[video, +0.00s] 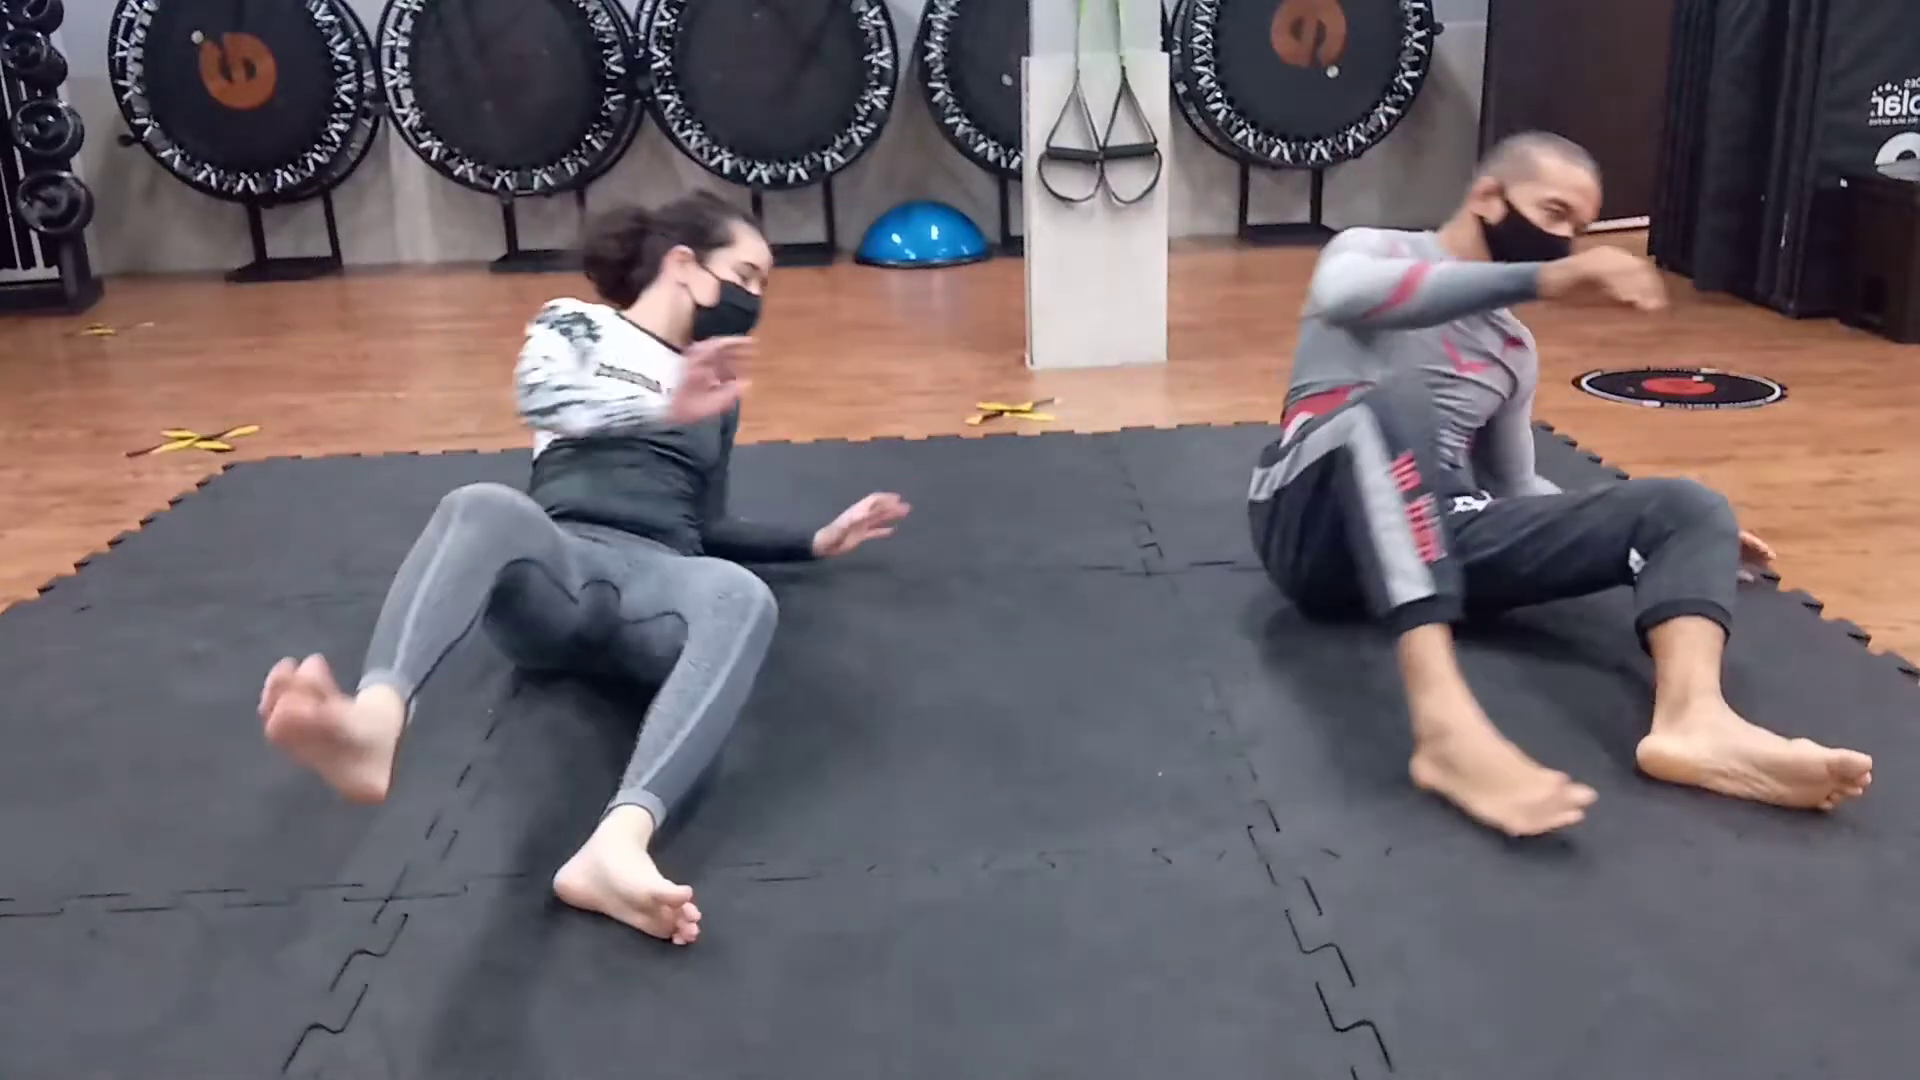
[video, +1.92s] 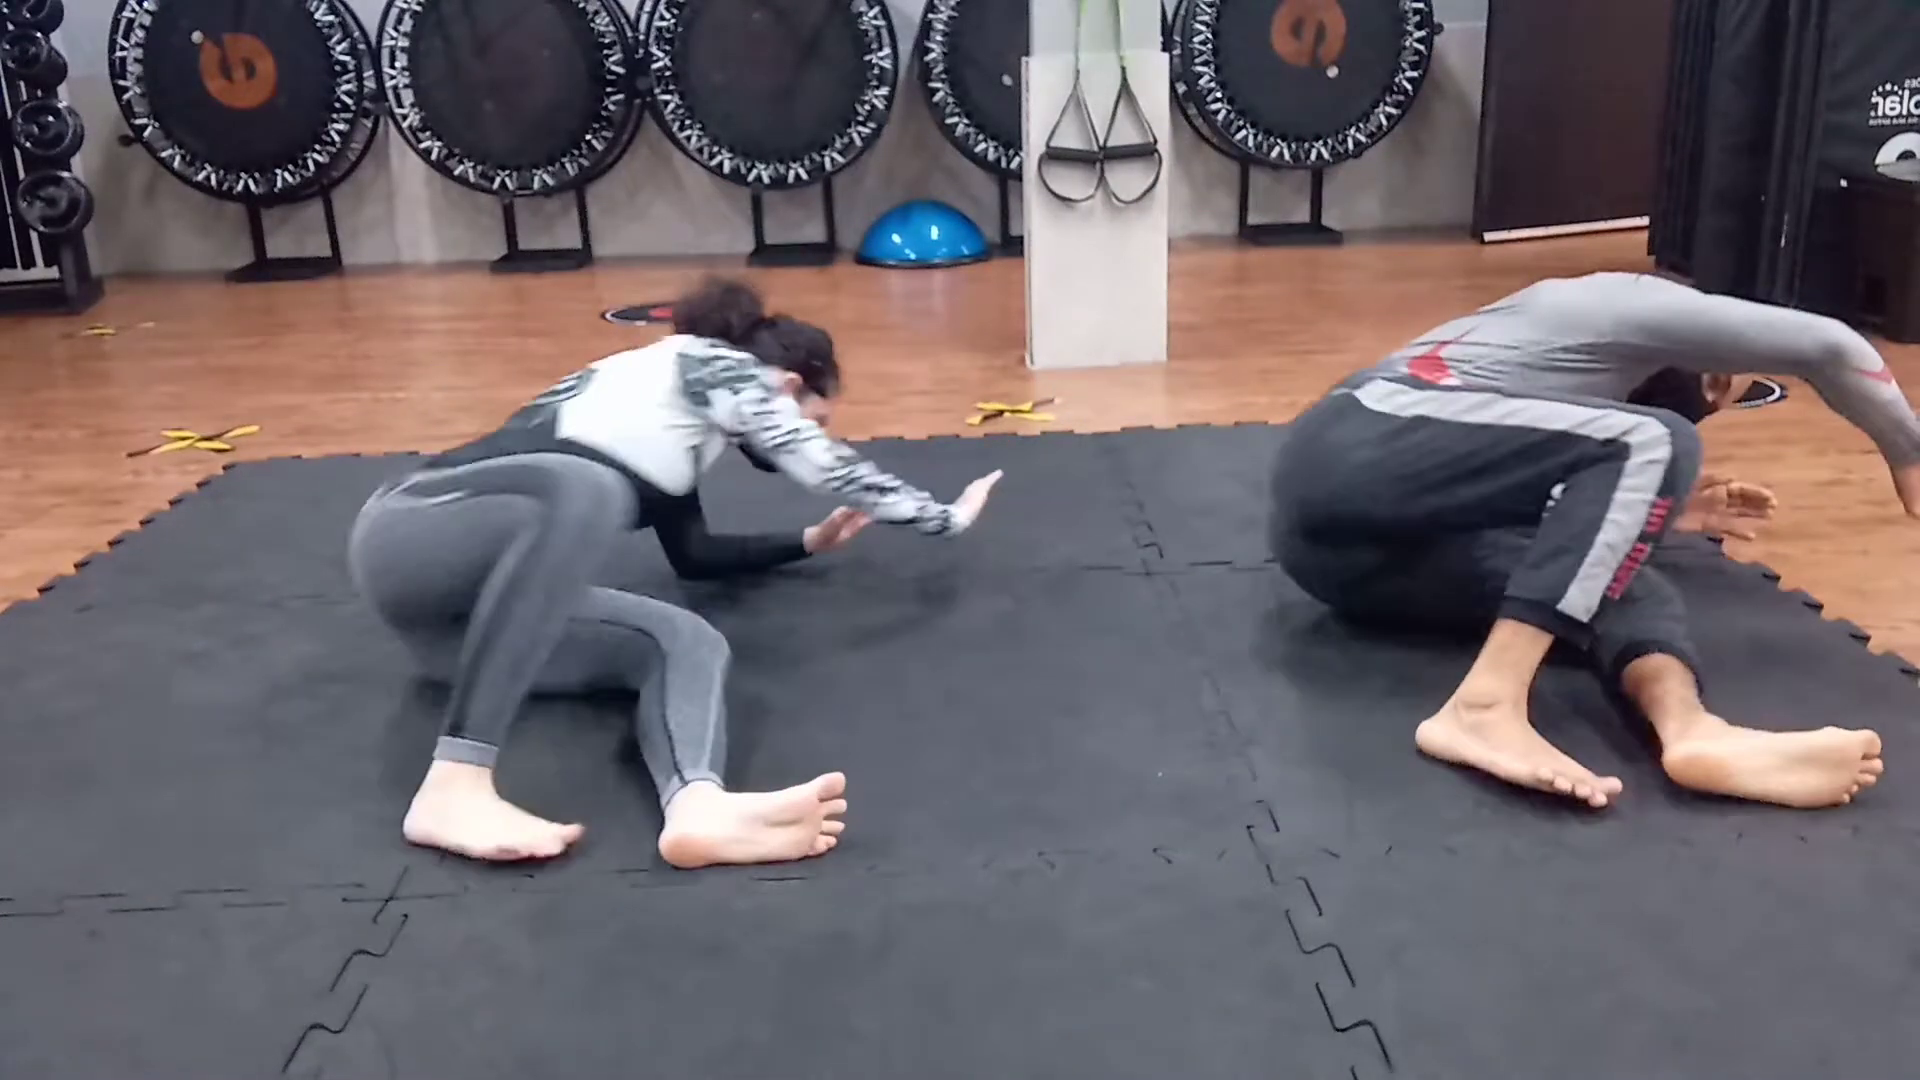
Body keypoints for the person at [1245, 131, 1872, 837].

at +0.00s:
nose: (1562, 244)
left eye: (1580, 231)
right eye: (1550, 214)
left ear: (1581, 245)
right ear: (1485, 194)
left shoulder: (1513, 353)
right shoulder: (1370, 248)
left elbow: (1520, 498)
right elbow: (1345, 299)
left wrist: (1693, 544)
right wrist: (1542, 278)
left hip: (1451, 538)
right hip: (1321, 532)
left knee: (1688, 506)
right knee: (1383, 404)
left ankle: (1691, 714)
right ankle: (1445, 725)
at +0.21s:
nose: (1611, 261)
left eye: (1624, 253)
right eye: (1597, 233)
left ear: (1618, 269)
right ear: (1530, 215)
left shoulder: (1529, 361)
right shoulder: (1410, 247)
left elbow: (1523, 501)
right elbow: (1428, 273)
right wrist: (1633, 274)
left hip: (1445, 563)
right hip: (1333, 529)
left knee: (1702, 522)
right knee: (1456, 383)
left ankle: (1695, 710)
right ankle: (1506, 700)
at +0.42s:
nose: (1644, 278)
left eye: (1654, 270)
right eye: (1639, 249)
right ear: (1578, 224)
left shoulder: (1542, 357)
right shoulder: (1457, 246)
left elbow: (1557, 499)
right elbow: (1537, 257)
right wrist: (1710, 284)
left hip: (1449, 559)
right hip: (1348, 510)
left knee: (1714, 546)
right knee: (1537, 370)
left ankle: (1696, 712)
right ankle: (1533, 682)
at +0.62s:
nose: (1685, 296)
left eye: (1699, 285)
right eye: (1683, 270)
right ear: (1642, 247)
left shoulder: (1569, 363)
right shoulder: (1517, 247)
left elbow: (1552, 485)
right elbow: (1657, 259)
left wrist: (1684, 537)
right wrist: (1765, 311)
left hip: (1442, 566)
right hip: (1378, 482)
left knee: (1723, 576)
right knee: (1629, 391)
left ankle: (1700, 704)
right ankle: (1547, 687)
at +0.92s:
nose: (1725, 353)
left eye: (1744, 334)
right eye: (1738, 315)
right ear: (1707, 290)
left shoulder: (1621, 387)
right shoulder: (1603, 268)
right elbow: (1725, 295)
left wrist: (1708, 535)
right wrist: (1813, 373)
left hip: (1447, 580)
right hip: (1440, 464)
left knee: (1753, 586)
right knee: (1743, 445)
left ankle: (1702, 696)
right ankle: (1557, 692)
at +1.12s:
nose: (1701, 388)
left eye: (1710, 384)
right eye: (1710, 369)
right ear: (1705, 298)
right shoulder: (1642, 284)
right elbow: (1773, 339)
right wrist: (1835, 424)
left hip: (1444, 578)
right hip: (1462, 468)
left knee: (1758, 583)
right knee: (1768, 489)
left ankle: (1697, 693)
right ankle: (1526, 687)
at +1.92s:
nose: (1722, 407)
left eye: (1733, 397)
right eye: (1731, 385)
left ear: (1658, 377)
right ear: (1698, 347)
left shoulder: (1584, 411)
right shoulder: (1626, 305)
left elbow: (1524, 511)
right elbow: (1829, 343)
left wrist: (1671, 510)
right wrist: (1906, 451)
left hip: (1350, 567)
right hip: (1348, 455)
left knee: (1631, 578)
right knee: (1659, 439)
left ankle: (1687, 725)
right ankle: (1483, 703)